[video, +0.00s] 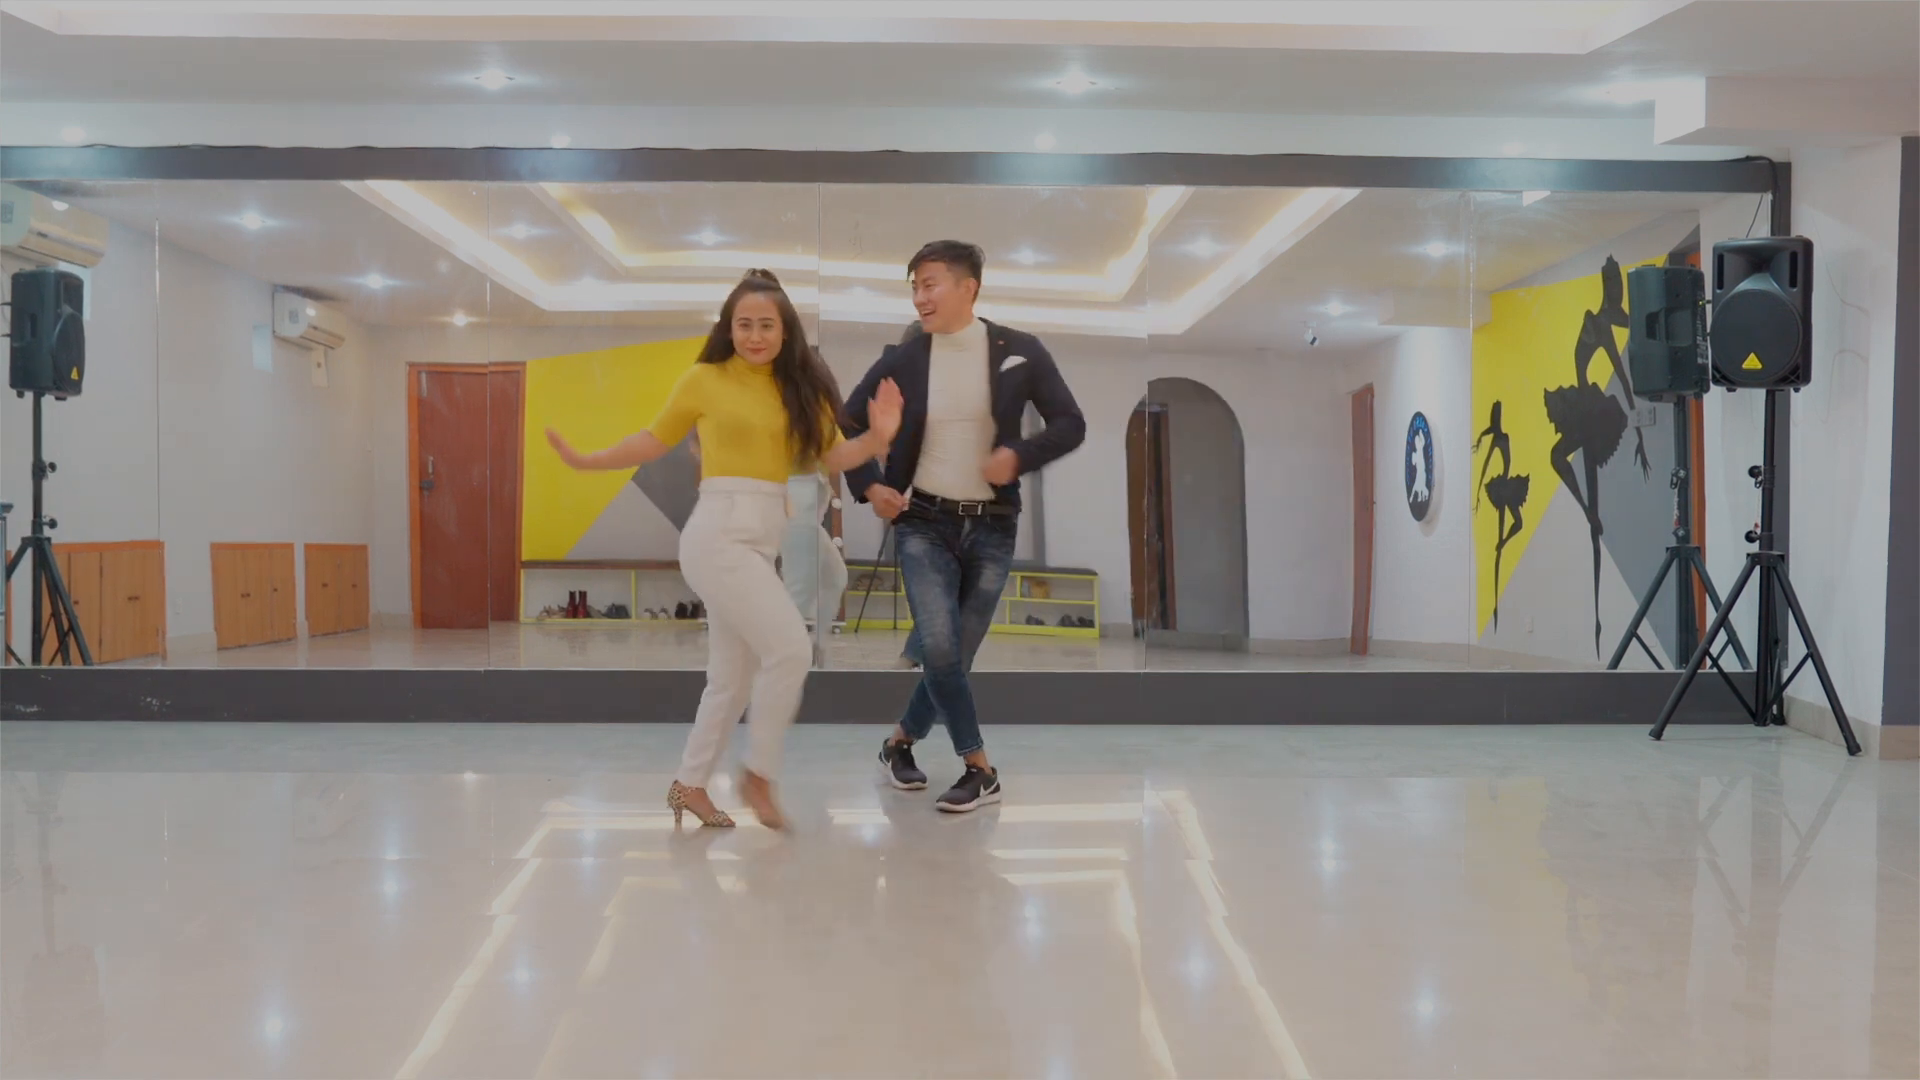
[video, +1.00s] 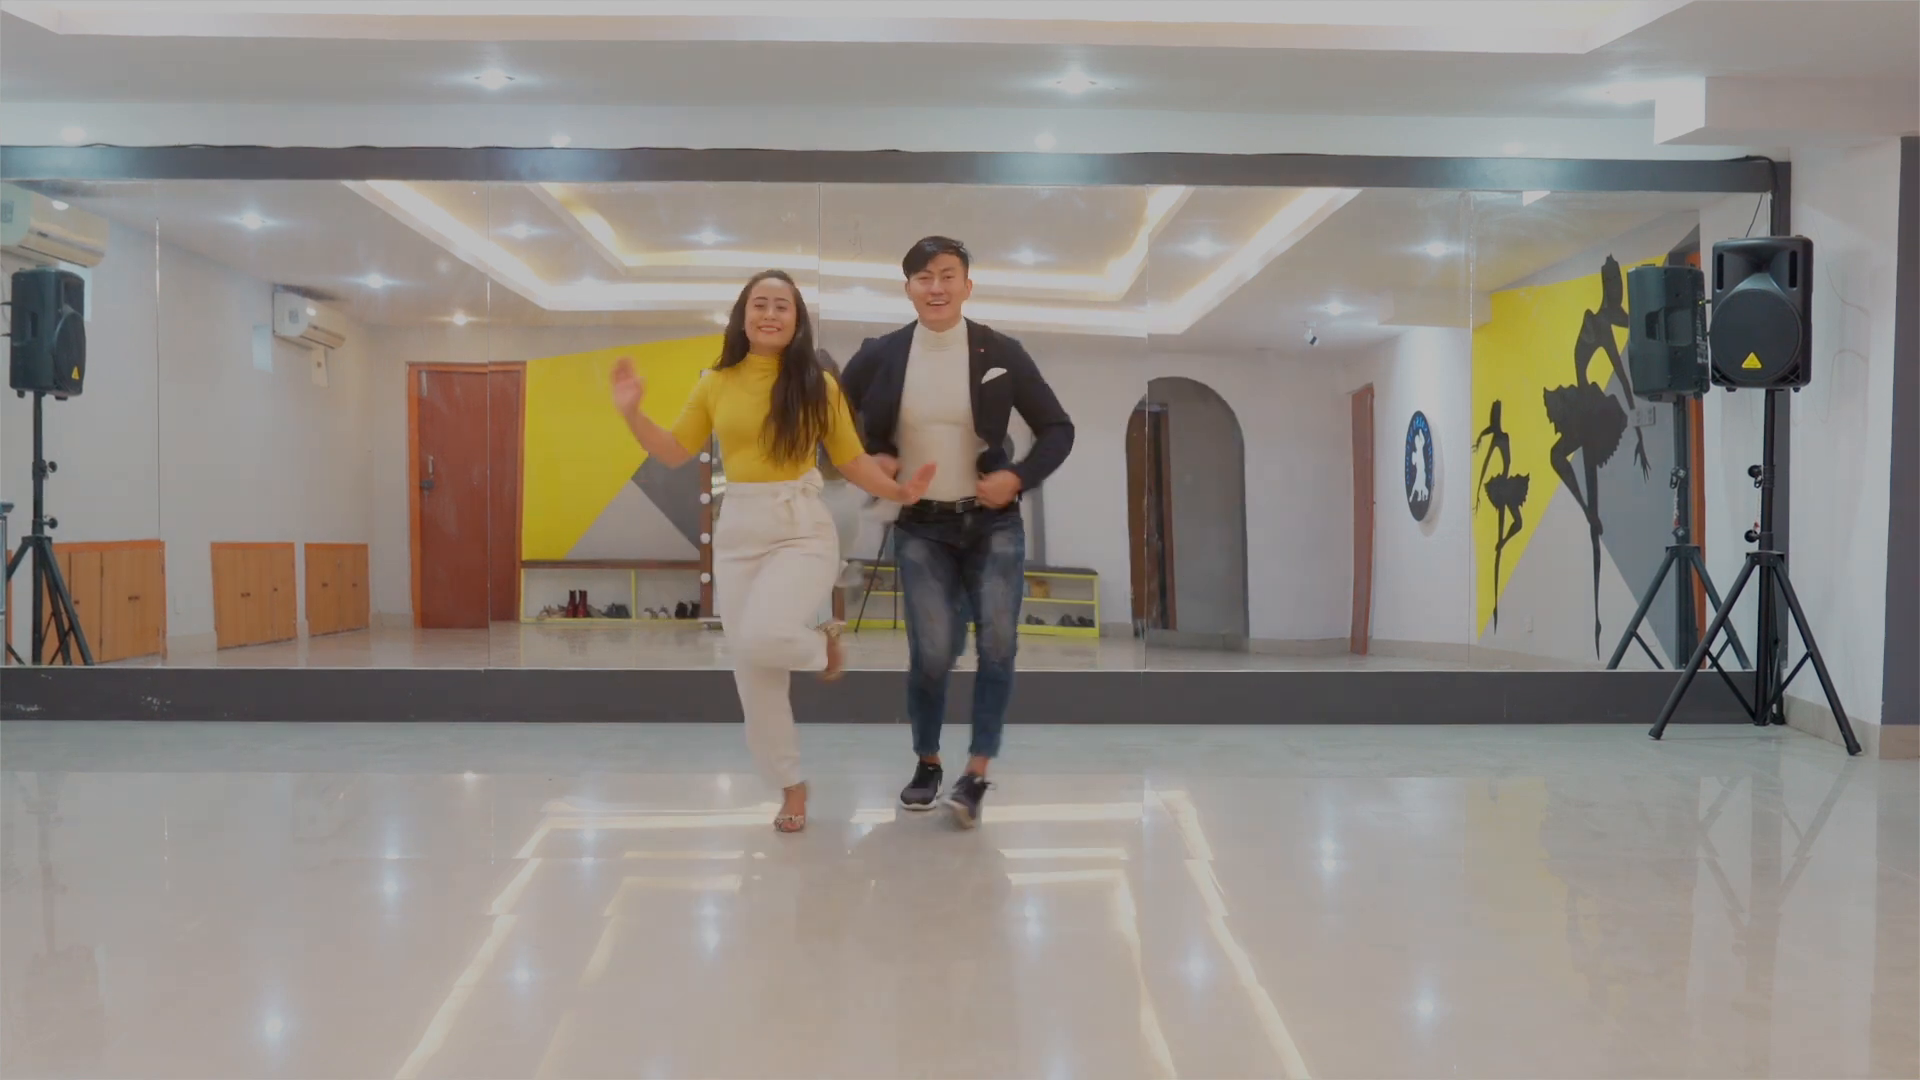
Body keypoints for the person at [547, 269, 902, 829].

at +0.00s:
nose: (756, 335)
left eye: (767, 324)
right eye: (744, 323)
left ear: (786, 330)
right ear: (728, 327)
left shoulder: (798, 392)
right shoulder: (705, 380)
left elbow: (830, 458)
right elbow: (655, 440)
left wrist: (878, 437)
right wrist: (586, 461)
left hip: (766, 542)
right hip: (717, 536)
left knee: (730, 679)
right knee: (789, 648)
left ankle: (689, 783)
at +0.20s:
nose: (766, 344)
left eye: (777, 333)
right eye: (755, 333)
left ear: (795, 340)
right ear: (740, 338)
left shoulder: (811, 401)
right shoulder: (718, 392)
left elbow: (839, 480)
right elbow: (672, 459)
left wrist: (882, 503)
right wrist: (639, 419)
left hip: (794, 549)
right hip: (730, 545)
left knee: (809, 673)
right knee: (767, 665)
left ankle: (730, 764)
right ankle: (777, 792)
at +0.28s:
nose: (768, 346)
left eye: (780, 335)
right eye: (757, 334)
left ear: (798, 341)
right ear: (740, 338)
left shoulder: (810, 399)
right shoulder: (718, 392)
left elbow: (820, 479)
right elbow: (692, 464)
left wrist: (860, 504)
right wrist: (697, 413)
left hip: (800, 547)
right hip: (732, 546)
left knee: (806, 671)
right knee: (754, 670)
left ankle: (765, 773)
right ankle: (787, 790)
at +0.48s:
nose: (767, 341)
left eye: (779, 330)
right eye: (756, 329)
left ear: (797, 335)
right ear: (741, 333)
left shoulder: (813, 392)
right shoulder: (721, 392)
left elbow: (829, 471)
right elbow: (696, 470)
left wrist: (865, 463)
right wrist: (700, 485)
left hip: (802, 546)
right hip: (734, 543)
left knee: (797, 664)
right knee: (737, 660)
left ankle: (768, 777)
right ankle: (786, 772)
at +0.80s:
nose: (769, 340)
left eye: (781, 329)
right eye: (758, 328)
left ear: (799, 334)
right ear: (743, 333)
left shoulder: (816, 392)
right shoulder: (725, 391)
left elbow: (837, 464)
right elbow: (686, 455)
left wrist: (831, 444)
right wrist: (617, 453)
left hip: (803, 543)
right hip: (744, 542)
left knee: (819, 668)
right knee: (785, 664)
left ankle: (744, 758)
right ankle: (768, 789)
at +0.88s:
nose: (769, 332)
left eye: (781, 321)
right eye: (758, 320)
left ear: (799, 328)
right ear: (742, 325)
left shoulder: (817, 387)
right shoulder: (723, 388)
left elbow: (855, 471)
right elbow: (683, 454)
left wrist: (876, 485)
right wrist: (614, 442)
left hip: (807, 537)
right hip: (739, 538)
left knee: (826, 659)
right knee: (761, 666)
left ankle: (764, 737)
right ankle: (768, 791)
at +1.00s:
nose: (770, 313)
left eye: (782, 306)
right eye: (759, 305)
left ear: (798, 320)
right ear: (741, 316)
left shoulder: (816, 383)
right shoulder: (718, 382)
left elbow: (850, 458)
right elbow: (675, 452)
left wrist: (897, 489)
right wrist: (632, 413)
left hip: (804, 529)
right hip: (739, 533)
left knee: (763, 642)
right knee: (751, 667)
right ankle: (791, 786)